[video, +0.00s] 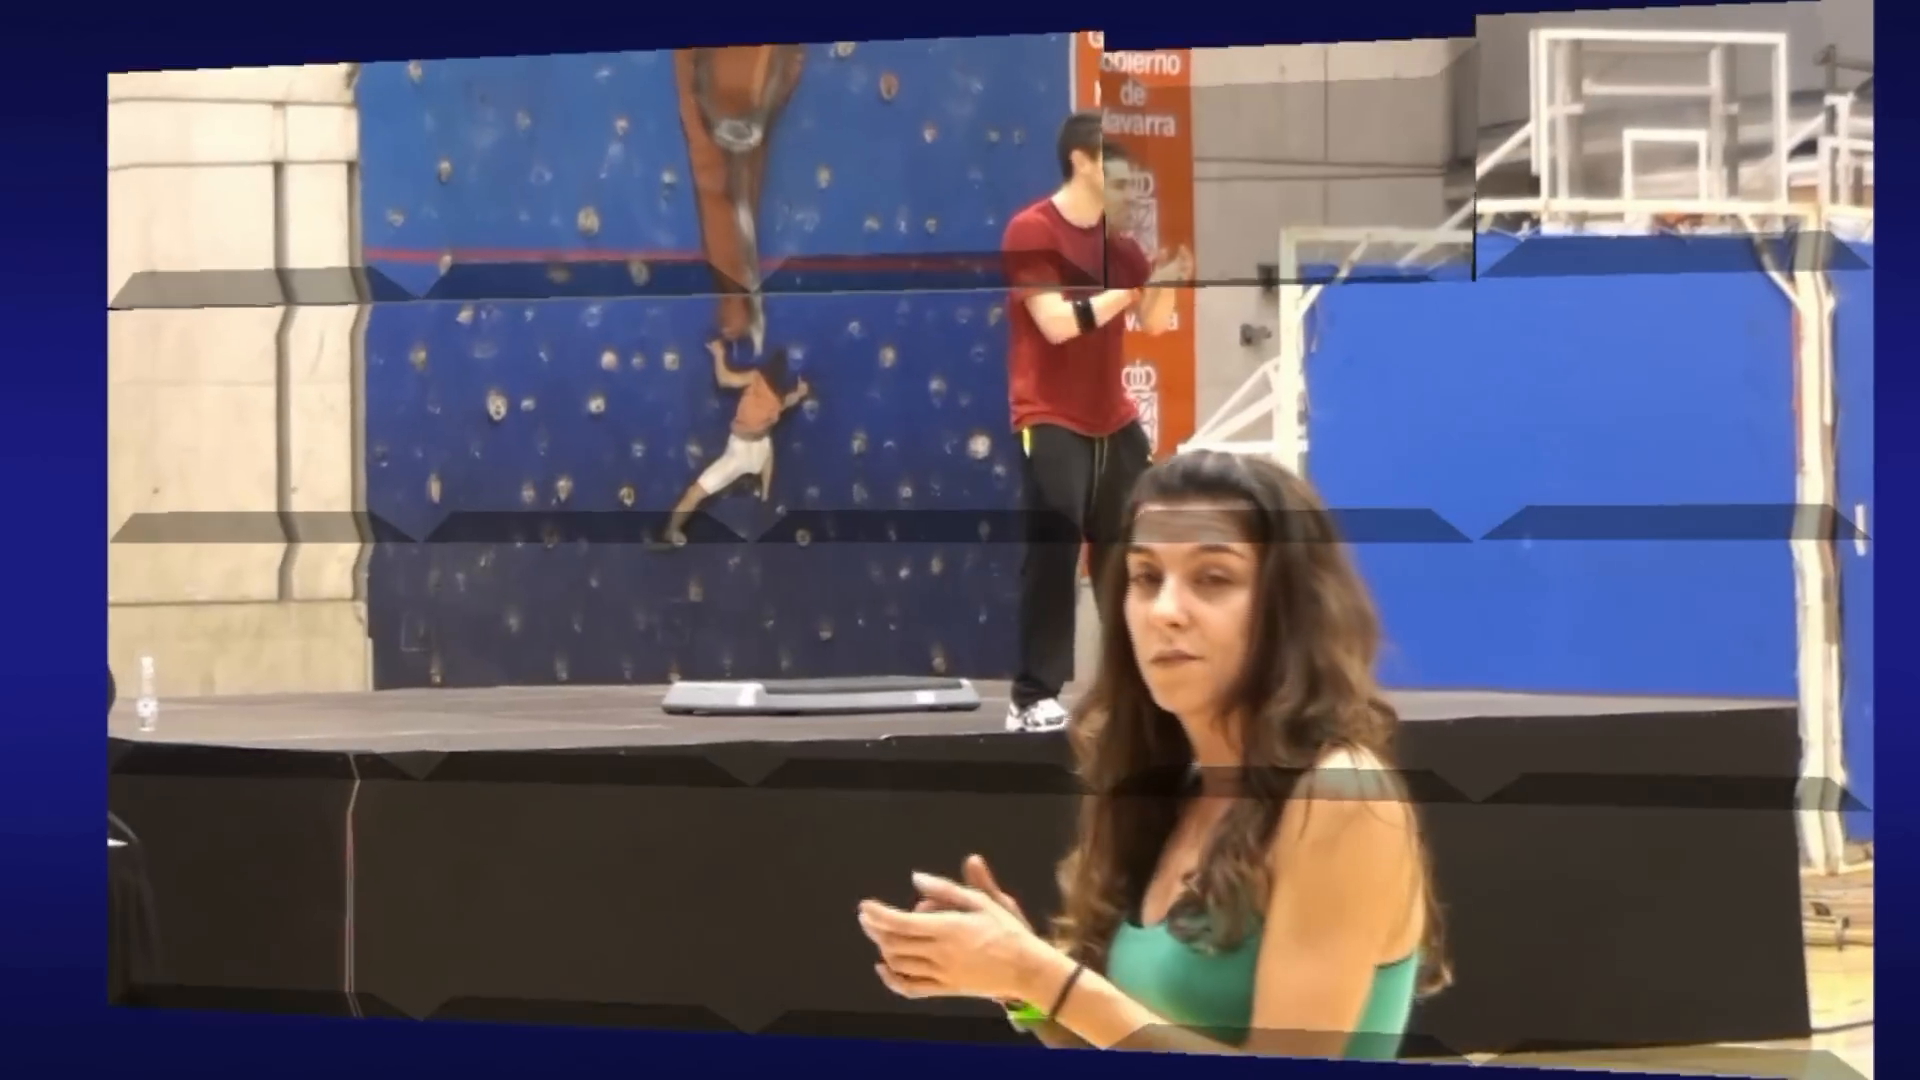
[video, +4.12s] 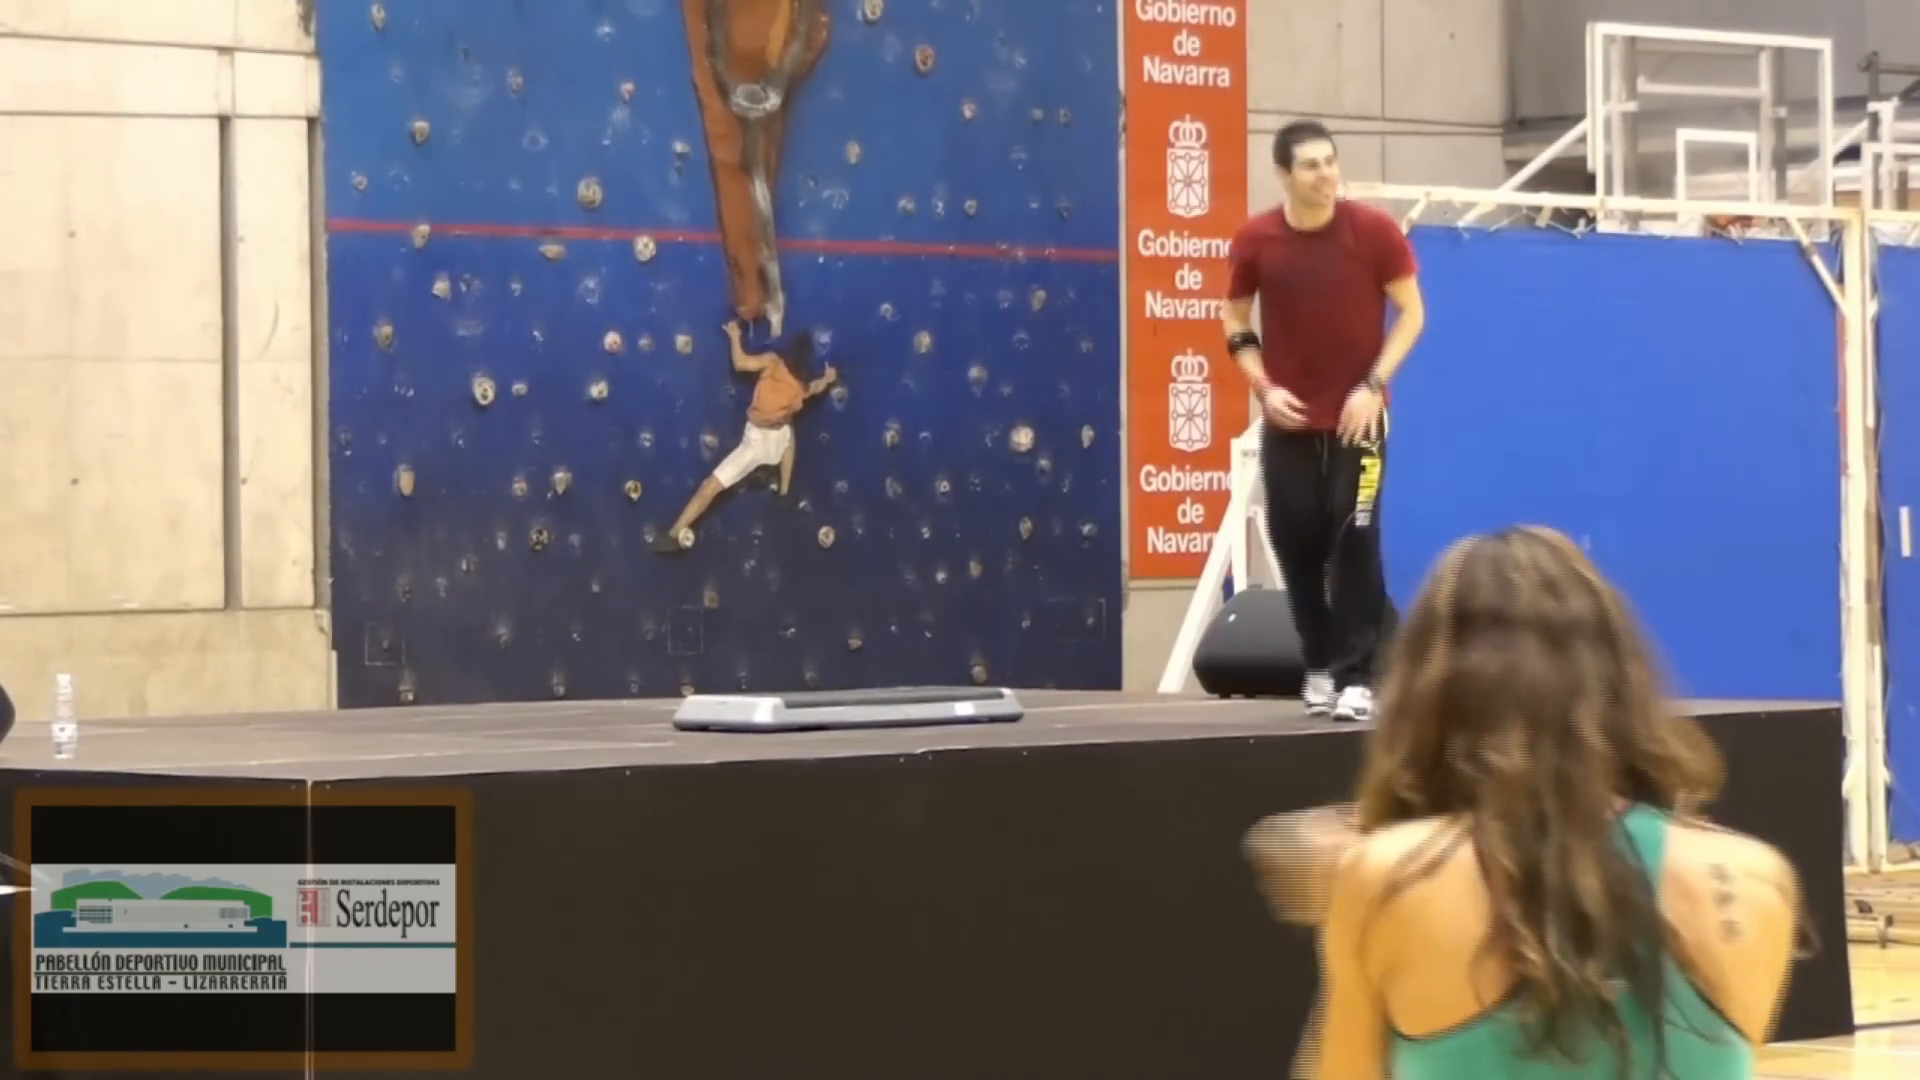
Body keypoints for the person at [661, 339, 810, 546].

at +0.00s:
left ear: (769, 366)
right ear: (784, 372)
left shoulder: (756, 377)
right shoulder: (780, 397)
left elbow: (724, 379)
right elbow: (789, 401)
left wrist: (718, 355)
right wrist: (801, 392)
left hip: (740, 451)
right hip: (760, 449)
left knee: (700, 488)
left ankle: (673, 528)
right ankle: (765, 494)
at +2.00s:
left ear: (788, 349)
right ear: (808, 358)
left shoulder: (772, 361)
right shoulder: (802, 385)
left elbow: (740, 362)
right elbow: (816, 386)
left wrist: (735, 336)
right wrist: (829, 378)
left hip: (754, 440)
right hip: (779, 438)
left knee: (712, 484)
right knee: (789, 433)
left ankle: (678, 530)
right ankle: (785, 486)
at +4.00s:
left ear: (788, 352)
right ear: (807, 360)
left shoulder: (772, 361)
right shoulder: (802, 387)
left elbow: (740, 364)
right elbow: (816, 387)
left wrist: (734, 337)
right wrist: (828, 379)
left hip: (755, 442)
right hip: (779, 440)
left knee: (713, 484)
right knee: (788, 434)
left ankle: (676, 532)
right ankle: (784, 487)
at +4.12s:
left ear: (788, 352)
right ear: (807, 360)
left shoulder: (772, 362)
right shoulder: (802, 387)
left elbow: (740, 364)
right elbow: (816, 387)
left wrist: (735, 337)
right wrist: (828, 379)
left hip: (755, 443)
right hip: (779, 441)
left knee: (712, 484)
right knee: (788, 434)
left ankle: (676, 532)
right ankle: (784, 488)